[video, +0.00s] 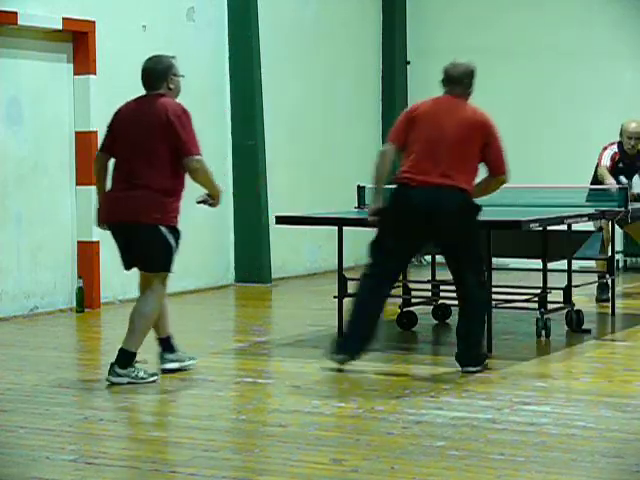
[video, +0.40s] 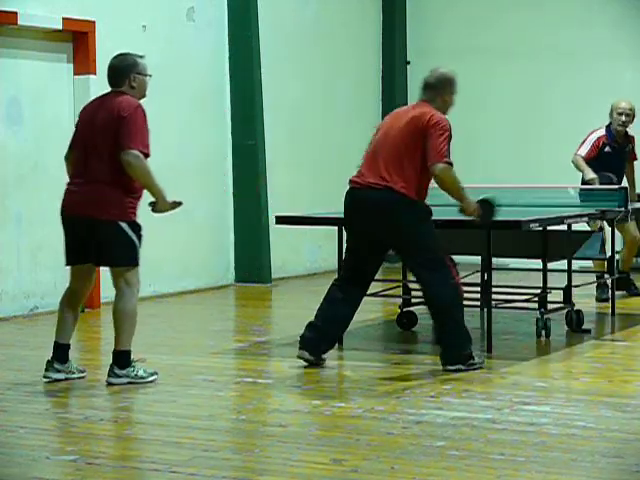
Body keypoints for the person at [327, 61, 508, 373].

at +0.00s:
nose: (461, 89)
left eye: (456, 82)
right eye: (466, 85)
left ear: (444, 83)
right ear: (470, 86)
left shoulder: (418, 110)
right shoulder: (481, 122)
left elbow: (387, 152)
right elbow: (498, 177)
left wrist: (377, 198)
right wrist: (466, 194)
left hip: (408, 204)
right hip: (453, 208)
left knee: (380, 273)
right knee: (471, 282)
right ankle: (470, 358)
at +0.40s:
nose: (451, 103)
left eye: (452, 98)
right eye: (451, 98)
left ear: (425, 92)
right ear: (445, 96)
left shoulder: (395, 115)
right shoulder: (437, 121)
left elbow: (376, 154)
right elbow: (439, 169)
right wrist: (465, 201)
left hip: (360, 200)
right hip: (400, 205)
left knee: (353, 277)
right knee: (438, 276)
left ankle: (312, 345)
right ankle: (457, 355)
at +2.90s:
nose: (516, 42)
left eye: (523, 36)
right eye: (518, 36)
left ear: (547, 40)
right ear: (552, 42)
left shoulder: (537, 79)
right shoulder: (581, 76)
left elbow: (528, 142)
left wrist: (502, 201)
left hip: (558, 194)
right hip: (591, 192)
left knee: (544, 287)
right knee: (577, 285)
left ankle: (555, 384)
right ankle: (597, 373)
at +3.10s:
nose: (510, 44)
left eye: (516, 38)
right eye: (511, 38)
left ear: (540, 43)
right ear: (542, 46)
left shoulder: (542, 76)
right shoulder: (562, 78)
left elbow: (543, 137)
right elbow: (567, 143)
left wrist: (515, 193)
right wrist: (520, 186)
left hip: (559, 191)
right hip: (577, 190)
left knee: (546, 284)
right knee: (563, 283)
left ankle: (555, 383)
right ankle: (572, 378)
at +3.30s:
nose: (500, 44)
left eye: (508, 38)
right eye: (501, 38)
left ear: (531, 44)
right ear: (526, 45)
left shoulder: (541, 76)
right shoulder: (530, 83)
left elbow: (560, 130)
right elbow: (541, 144)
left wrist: (546, 192)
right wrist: (514, 186)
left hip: (566, 185)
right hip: (567, 186)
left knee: (531, 279)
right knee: (559, 281)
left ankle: (542, 379)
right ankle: (574, 376)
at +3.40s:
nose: (496, 44)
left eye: (503, 38)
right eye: (497, 38)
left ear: (527, 43)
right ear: (519, 45)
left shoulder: (539, 77)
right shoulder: (523, 83)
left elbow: (561, 131)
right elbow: (532, 143)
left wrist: (554, 193)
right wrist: (505, 185)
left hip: (560, 190)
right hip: (558, 189)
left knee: (535, 282)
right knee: (559, 283)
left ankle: (527, 385)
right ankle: (571, 378)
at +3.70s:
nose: (486, 38)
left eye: (494, 33)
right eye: (486, 33)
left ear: (518, 39)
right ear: (501, 41)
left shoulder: (528, 76)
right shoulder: (511, 78)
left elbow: (541, 141)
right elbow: (518, 139)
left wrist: (521, 202)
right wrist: (491, 180)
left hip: (548, 189)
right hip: (536, 188)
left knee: (538, 282)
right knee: (546, 281)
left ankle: (527, 387)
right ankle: (567, 373)